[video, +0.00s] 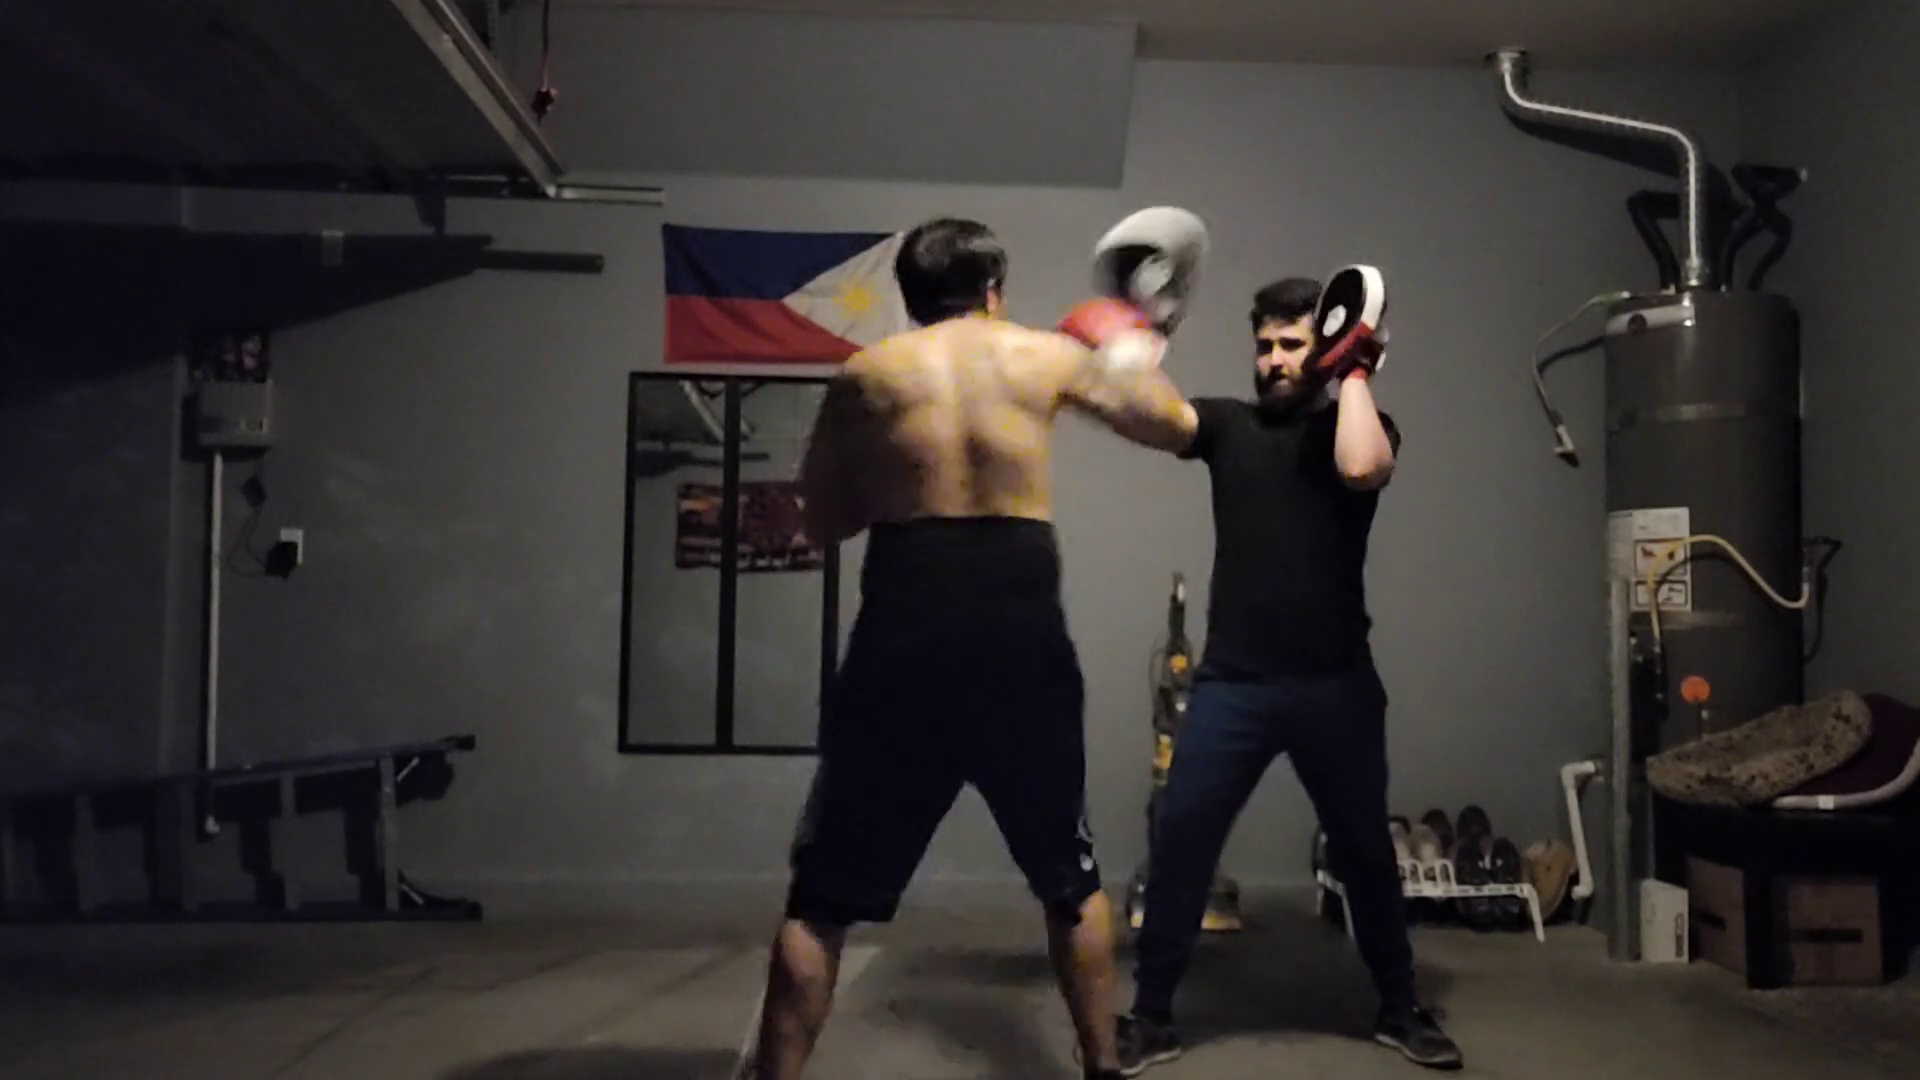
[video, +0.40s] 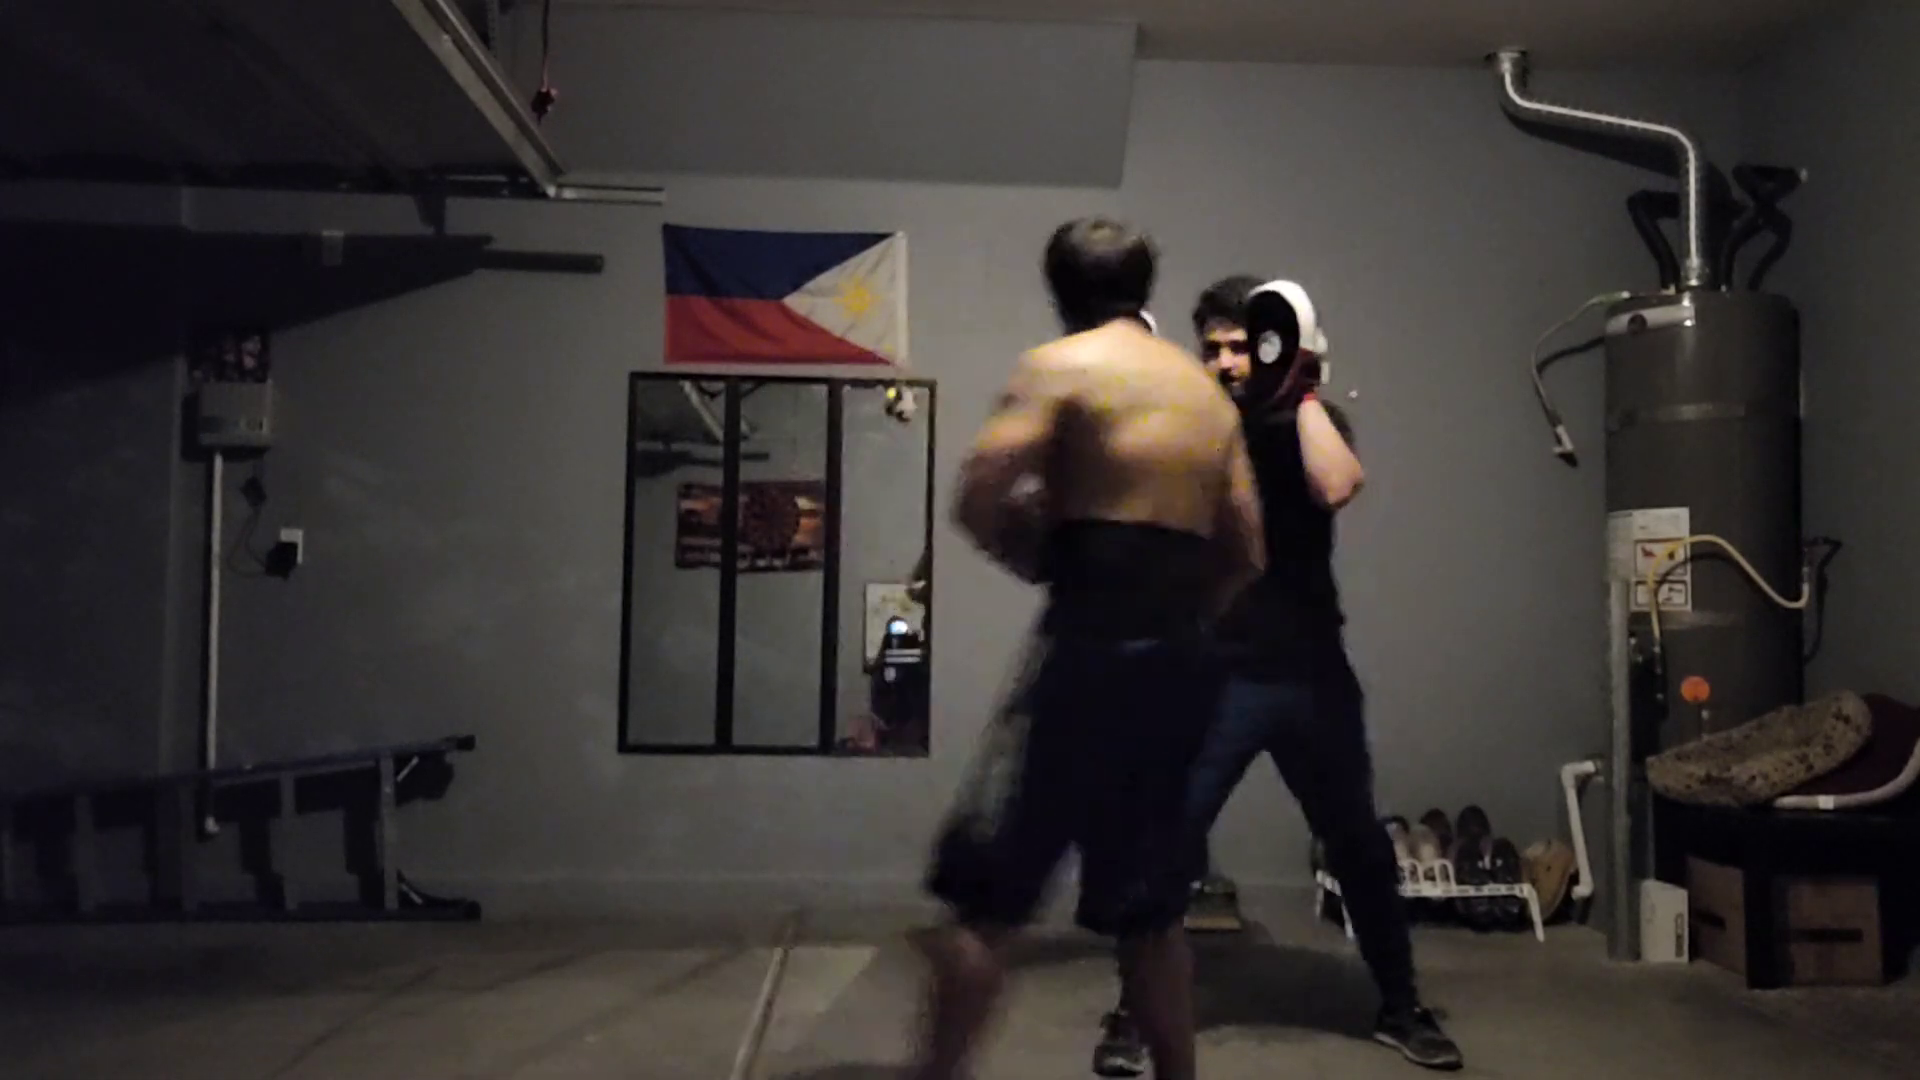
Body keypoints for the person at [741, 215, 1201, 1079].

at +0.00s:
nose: (1007, 298)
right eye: (1006, 288)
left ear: (910, 295)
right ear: (995, 293)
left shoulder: (863, 376)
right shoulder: (1046, 356)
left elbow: (826, 520)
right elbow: (1177, 423)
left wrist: (895, 464)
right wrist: (1134, 347)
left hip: (904, 639)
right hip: (1021, 640)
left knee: (824, 894)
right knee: (1070, 875)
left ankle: (772, 1070)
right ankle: (1103, 1063)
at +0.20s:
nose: (1081, 310)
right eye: (1076, 300)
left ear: (979, 308)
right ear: (1068, 307)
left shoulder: (930, 386)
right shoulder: (1109, 386)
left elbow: (867, 538)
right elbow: (1190, 495)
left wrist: (945, 536)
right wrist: (1114, 393)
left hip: (944, 656)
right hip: (1064, 655)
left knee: (875, 884)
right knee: (1085, 867)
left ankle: (846, 1067)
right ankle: (1165, 1056)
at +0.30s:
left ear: (1018, 315)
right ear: (1102, 310)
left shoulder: (983, 388)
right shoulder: (1157, 404)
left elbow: (902, 529)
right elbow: (1216, 560)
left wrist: (990, 556)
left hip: (1009, 660)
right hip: (1118, 666)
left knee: (909, 895)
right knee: (1119, 889)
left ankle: (859, 1068)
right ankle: (1172, 1066)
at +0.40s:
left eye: (1058, 291)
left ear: (1062, 293)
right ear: (1144, 290)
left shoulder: (1058, 366)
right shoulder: (1207, 389)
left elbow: (981, 492)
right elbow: (1247, 545)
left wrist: (1045, 554)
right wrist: (1187, 609)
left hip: (1087, 647)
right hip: (1185, 656)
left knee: (987, 880)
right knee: (1149, 885)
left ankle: (940, 1062)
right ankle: (1173, 1064)